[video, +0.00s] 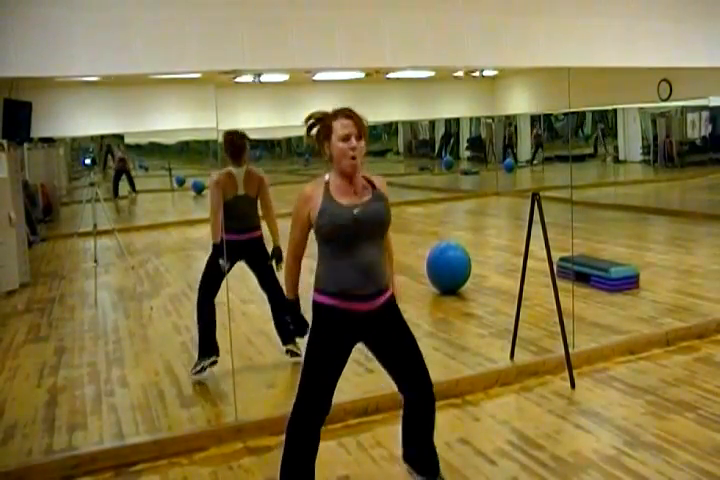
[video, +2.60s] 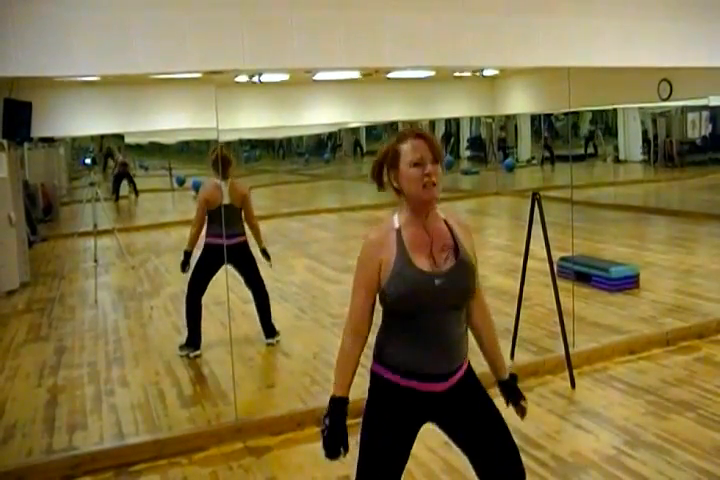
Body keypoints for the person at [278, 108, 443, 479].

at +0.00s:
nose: (354, 145)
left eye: (359, 138)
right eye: (345, 139)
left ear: (365, 143)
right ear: (328, 146)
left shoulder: (377, 187)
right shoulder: (313, 195)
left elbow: (384, 242)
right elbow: (294, 257)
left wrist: (391, 285)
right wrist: (292, 305)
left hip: (381, 310)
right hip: (334, 314)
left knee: (421, 390)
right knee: (311, 409)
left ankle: (421, 463)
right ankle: (295, 479)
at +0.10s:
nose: (356, 166)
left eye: (359, 159)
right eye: (346, 160)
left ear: (366, 164)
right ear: (330, 168)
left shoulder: (378, 207)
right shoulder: (316, 218)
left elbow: (392, 266)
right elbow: (292, 275)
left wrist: (400, 320)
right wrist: (284, 325)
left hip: (385, 335)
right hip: (336, 340)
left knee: (430, 418)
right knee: (313, 435)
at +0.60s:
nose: (368, 179)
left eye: (372, 172)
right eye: (358, 174)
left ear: (379, 180)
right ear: (340, 187)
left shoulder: (394, 228)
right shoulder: (328, 243)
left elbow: (414, 290)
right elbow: (304, 312)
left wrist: (445, 344)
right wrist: (285, 373)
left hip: (393, 353)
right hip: (340, 359)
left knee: (441, 427)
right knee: (312, 452)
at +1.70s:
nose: (403, 194)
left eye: (407, 187)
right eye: (391, 189)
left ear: (415, 196)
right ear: (372, 204)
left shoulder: (431, 249)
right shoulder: (360, 259)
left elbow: (453, 311)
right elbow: (330, 337)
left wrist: (482, 369)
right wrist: (304, 406)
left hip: (421, 377)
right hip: (365, 384)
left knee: (477, 447)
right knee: (337, 475)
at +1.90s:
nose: (407, 172)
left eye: (412, 163)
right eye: (395, 164)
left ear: (419, 170)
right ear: (374, 175)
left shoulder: (434, 218)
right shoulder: (362, 233)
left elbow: (466, 280)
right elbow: (326, 306)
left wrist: (515, 326)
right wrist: (294, 374)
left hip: (433, 367)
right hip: (377, 373)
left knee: (477, 449)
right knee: (347, 471)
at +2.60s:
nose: (429, 171)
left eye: (433, 162)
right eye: (417, 164)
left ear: (440, 170)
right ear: (394, 176)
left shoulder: (459, 230)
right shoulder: (380, 242)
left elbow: (476, 309)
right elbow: (356, 330)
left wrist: (504, 377)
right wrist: (337, 406)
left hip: (458, 386)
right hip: (396, 393)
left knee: (509, 473)